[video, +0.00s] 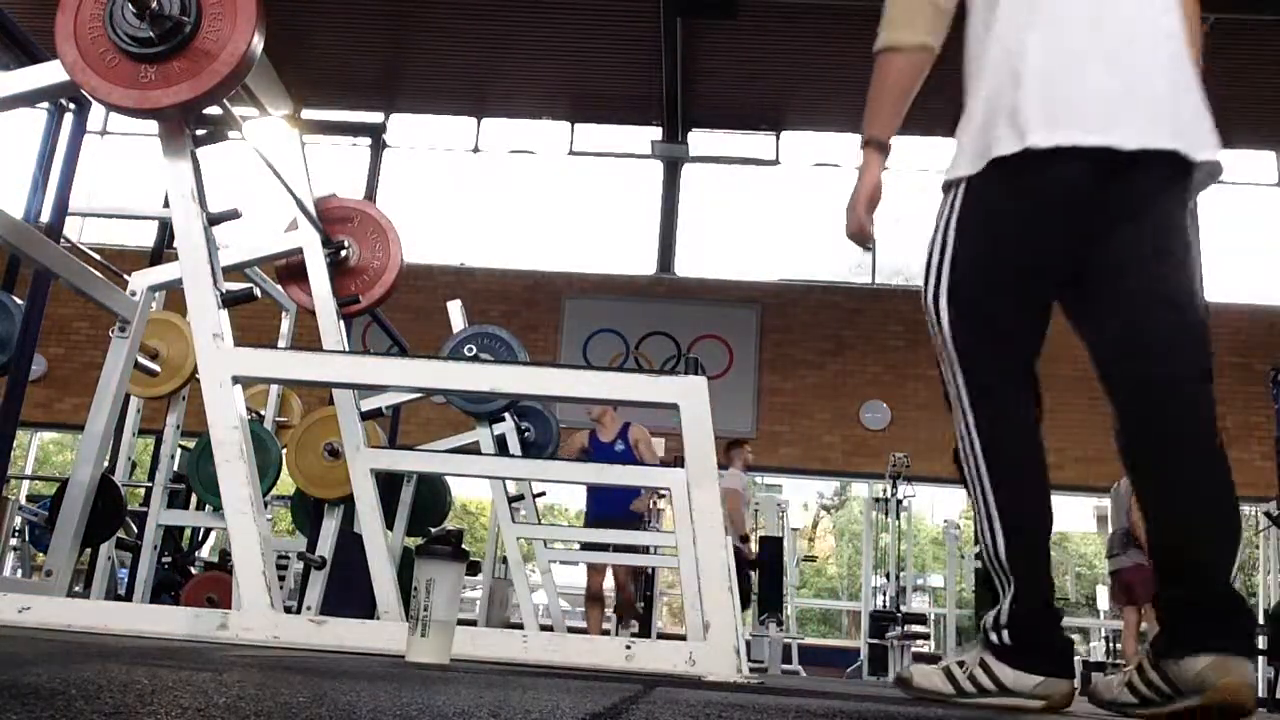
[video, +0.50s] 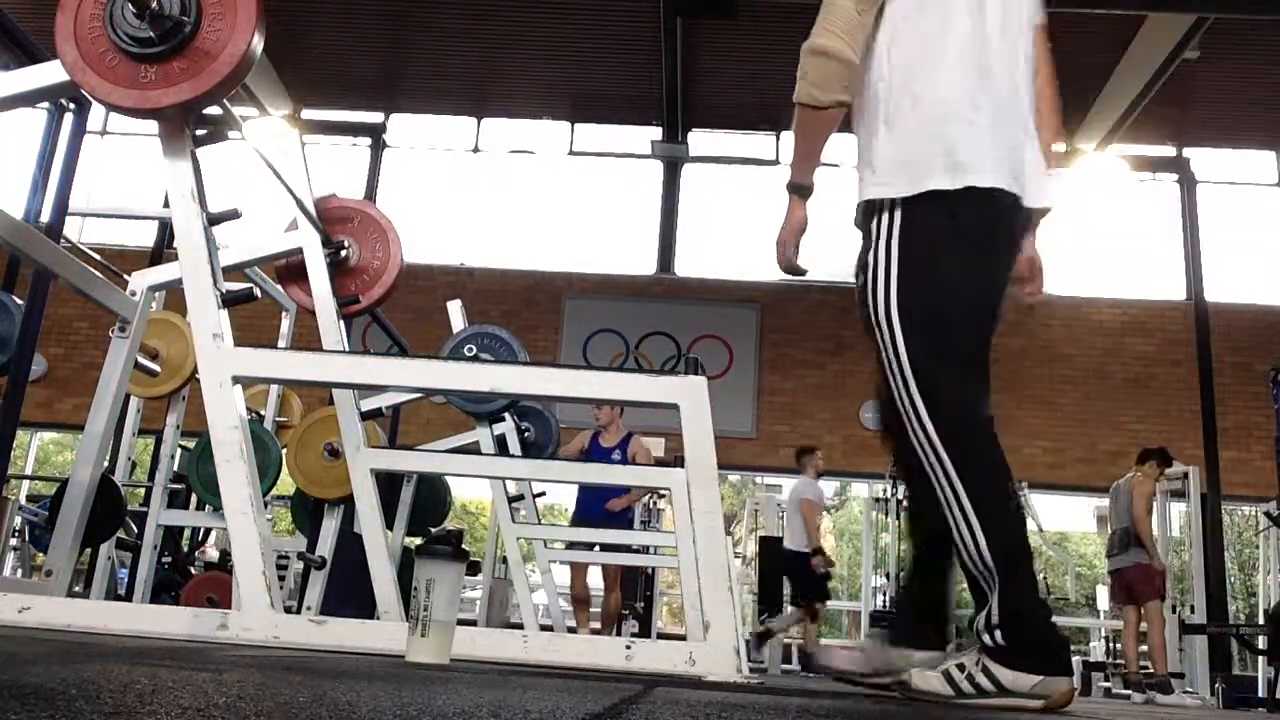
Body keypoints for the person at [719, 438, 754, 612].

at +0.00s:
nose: (751, 456)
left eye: (750, 451)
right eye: (748, 451)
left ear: (733, 455)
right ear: (737, 454)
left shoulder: (731, 476)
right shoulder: (734, 476)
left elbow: (732, 509)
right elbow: (734, 508)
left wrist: (743, 540)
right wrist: (744, 539)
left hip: (730, 543)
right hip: (731, 544)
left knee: (740, 595)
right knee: (743, 596)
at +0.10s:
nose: (764, 458)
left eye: (763, 453)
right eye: (760, 454)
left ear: (748, 458)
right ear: (749, 457)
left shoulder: (745, 479)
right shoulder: (747, 479)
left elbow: (743, 511)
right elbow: (746, 509)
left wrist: (755, 540)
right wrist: (757, 541)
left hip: (742, 545)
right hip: (743, 546)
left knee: (762, 597)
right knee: (767, 596)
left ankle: (742, 636)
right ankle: (742, 637)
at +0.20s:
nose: (778, 459)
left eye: (778, 456)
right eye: (775, 456)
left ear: (764, 460)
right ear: (762, 459)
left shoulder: (764, 483)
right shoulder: (759, 481)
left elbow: (765, 520)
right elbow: (760, 517)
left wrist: (781, 545)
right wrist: (770, 546)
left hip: (753, 549)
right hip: (756, 551)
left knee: (735, 603)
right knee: (774, 603)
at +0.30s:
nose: (794, 462)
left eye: (793, 459)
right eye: (790, 459)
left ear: (778, 463)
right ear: (779, 462)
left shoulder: (778, 486)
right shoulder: (776, 485)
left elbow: (781, 523)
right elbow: (775, 518)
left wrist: (798, 547)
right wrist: (784, 548)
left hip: (765, 555)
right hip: (771, 556)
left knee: (748, 604)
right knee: (789, 607)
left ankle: (721, 641)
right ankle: (803, 660)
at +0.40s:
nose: (809, 461)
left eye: (807, 457)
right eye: (805, 457)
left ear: (793, 463)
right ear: (796, 462)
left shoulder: (790, 486)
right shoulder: (792, 486)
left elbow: (792, 521)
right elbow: (791, 517)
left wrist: (805, 547)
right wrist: (799, 550)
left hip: (779, 553)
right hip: (788, 554)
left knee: (772, 607)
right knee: (807, 605)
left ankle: (739, 637)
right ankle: (807, 657)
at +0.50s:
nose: (822, 463)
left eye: (821, 459)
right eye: (818, 459)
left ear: (804, 464)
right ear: (808, 463)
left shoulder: (799, 487)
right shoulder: (809, 487)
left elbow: (802, 521)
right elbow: (809, 519)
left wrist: (815, 550)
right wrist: (817, 550)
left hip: (795, 551)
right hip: (803, 553)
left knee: (810, 609)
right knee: (813, 608)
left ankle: (809, 658)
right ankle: (767, 631)